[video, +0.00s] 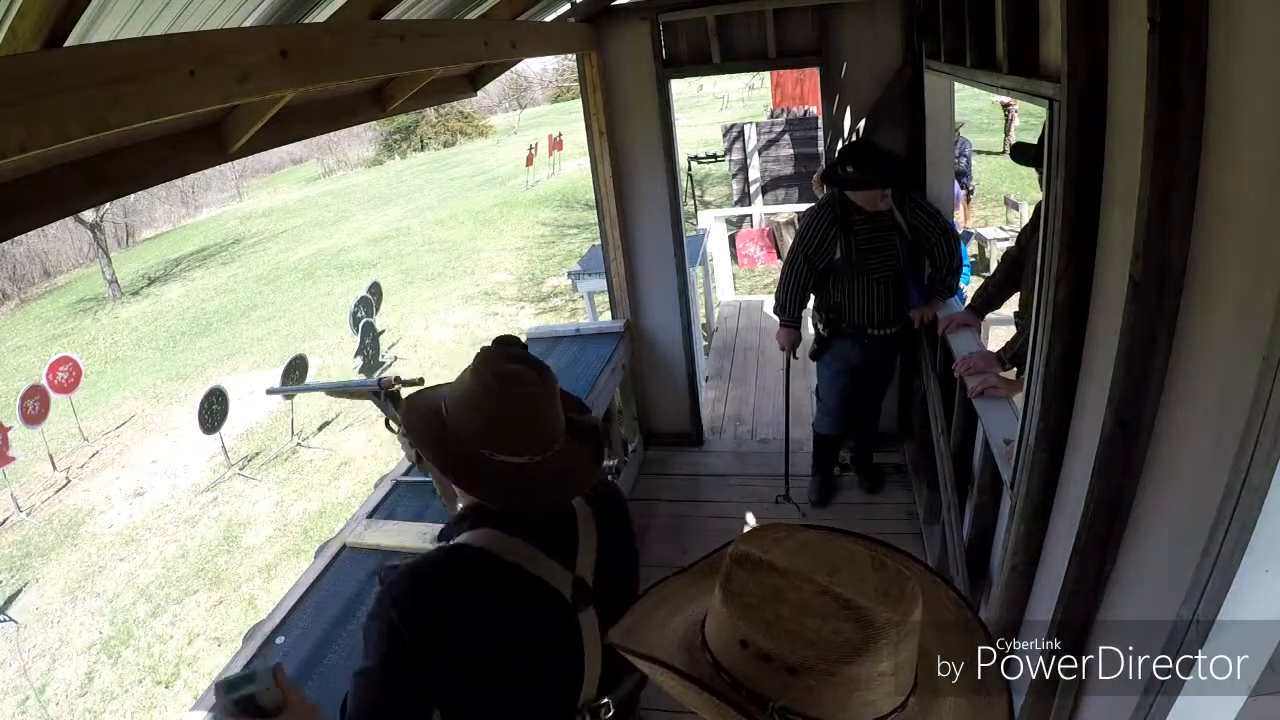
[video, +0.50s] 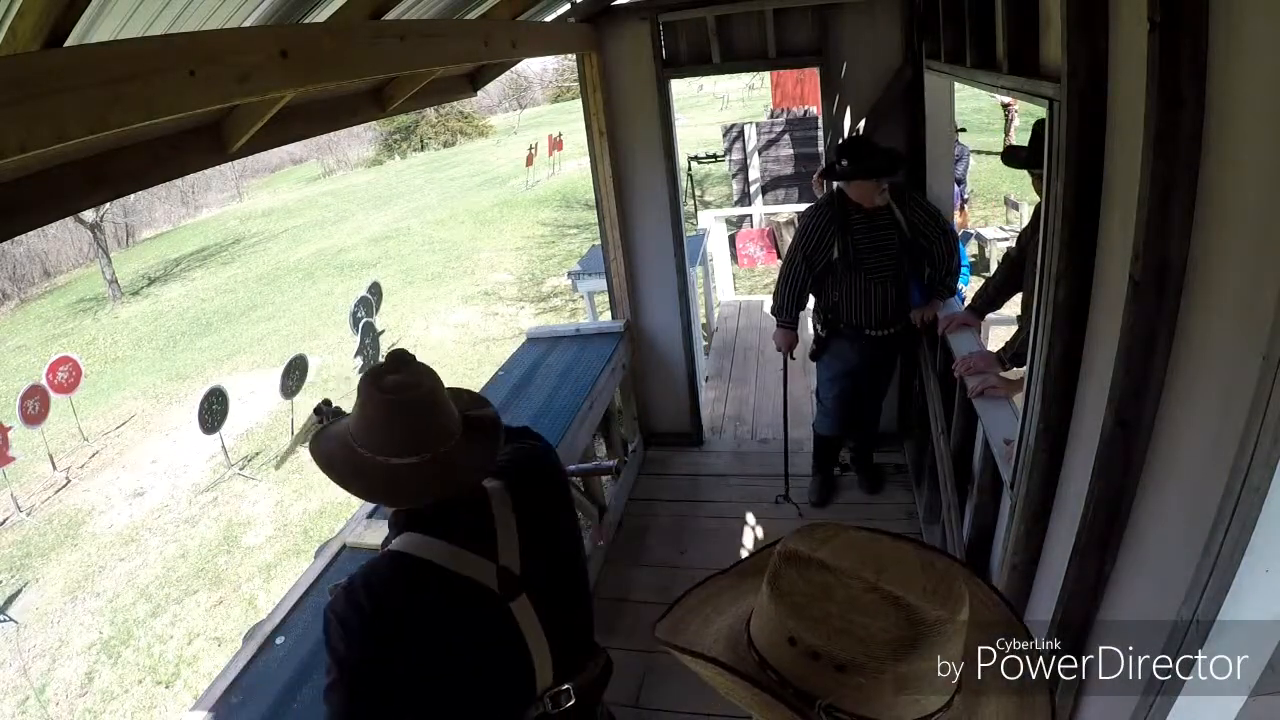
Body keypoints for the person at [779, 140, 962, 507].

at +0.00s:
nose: (884, 198)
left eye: (887, 190)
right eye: (875, 192)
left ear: (891, 183)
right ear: (852, 188)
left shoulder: (909, 209)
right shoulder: (827, 217)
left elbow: (947, 243)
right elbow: (798, 265)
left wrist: (938, 297)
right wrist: (789, 320)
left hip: (890, 334)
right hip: (840, 334)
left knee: (872, 405)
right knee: (831, 410)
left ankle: (865, 460)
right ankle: (823, 473)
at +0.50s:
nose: (884, 188)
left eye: (886, 179)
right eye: (875, 181)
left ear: (889, 176)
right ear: (849, 182)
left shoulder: (907, 209)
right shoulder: (824, 218)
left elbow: (945, 243)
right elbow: (795, 269)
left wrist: (937, 296)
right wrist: (786, 322)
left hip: (890, 333)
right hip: (840, 333)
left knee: (873, 403)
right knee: (832, 406)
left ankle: (864, 460)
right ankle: (823, 472)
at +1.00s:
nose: (849, 186)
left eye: (857, 178)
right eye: (843, 178)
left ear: (874, 174)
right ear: (834, 177)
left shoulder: (904, 207)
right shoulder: (821, 217)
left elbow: (944, 240)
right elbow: (795, 268)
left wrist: (937, 296)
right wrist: (785, 322)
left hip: (888, 332)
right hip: (835, 333)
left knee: (872, 405)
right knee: (829, 407)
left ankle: (864, 460)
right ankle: (822, 474)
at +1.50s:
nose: (838, 176)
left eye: (846, 168)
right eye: (834, 169)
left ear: (869, 167)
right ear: (832, 171)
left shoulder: (902, 205)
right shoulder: (822, 215)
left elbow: (946, 241)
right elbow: (799, 268)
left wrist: (937, 296)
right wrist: (790, 321)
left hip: (888, 331)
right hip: (836, 331)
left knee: (873, 404)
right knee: (830, 405)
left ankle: (864, 459)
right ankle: (822, 473)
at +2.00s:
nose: (837, 203)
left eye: (842, 195)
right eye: (831, 196)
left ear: (862, 180)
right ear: (824, 188)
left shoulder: (900, 206)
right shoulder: (821, 218)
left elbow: (944, 242)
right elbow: (799, 267)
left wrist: (935, 297)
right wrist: (789, 319)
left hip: (888, 332)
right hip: (837, 332)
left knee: (874, 404)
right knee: (832, 403)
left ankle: (864, 460)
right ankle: (822, 473)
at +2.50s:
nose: (839, 199)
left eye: (844, 190)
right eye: (833, 192)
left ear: (862, 180)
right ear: (828, 185)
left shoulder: (901, 206)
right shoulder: (821, 217)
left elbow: (945, 243)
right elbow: (799, 267)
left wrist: (936, 298)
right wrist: (788, 318)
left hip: (888, 332)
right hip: (837, 332)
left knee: (875, 404)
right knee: (831, 404)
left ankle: (865, 461)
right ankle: (822, 475)